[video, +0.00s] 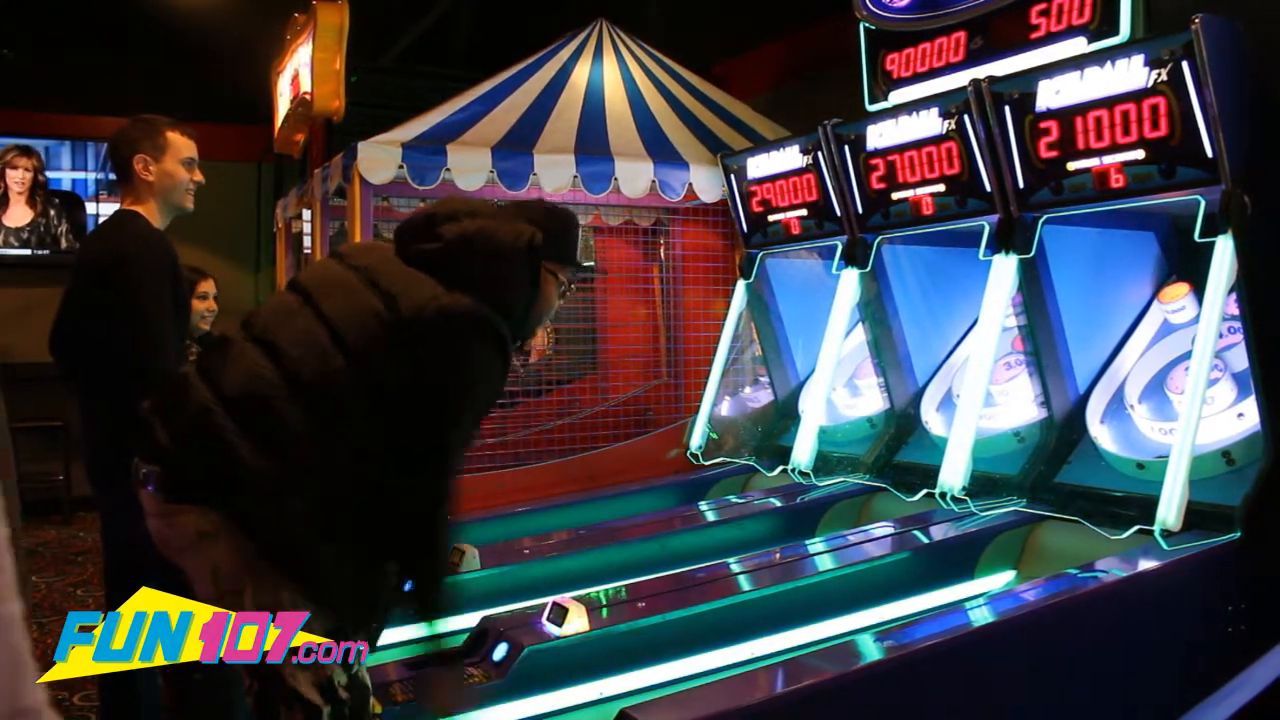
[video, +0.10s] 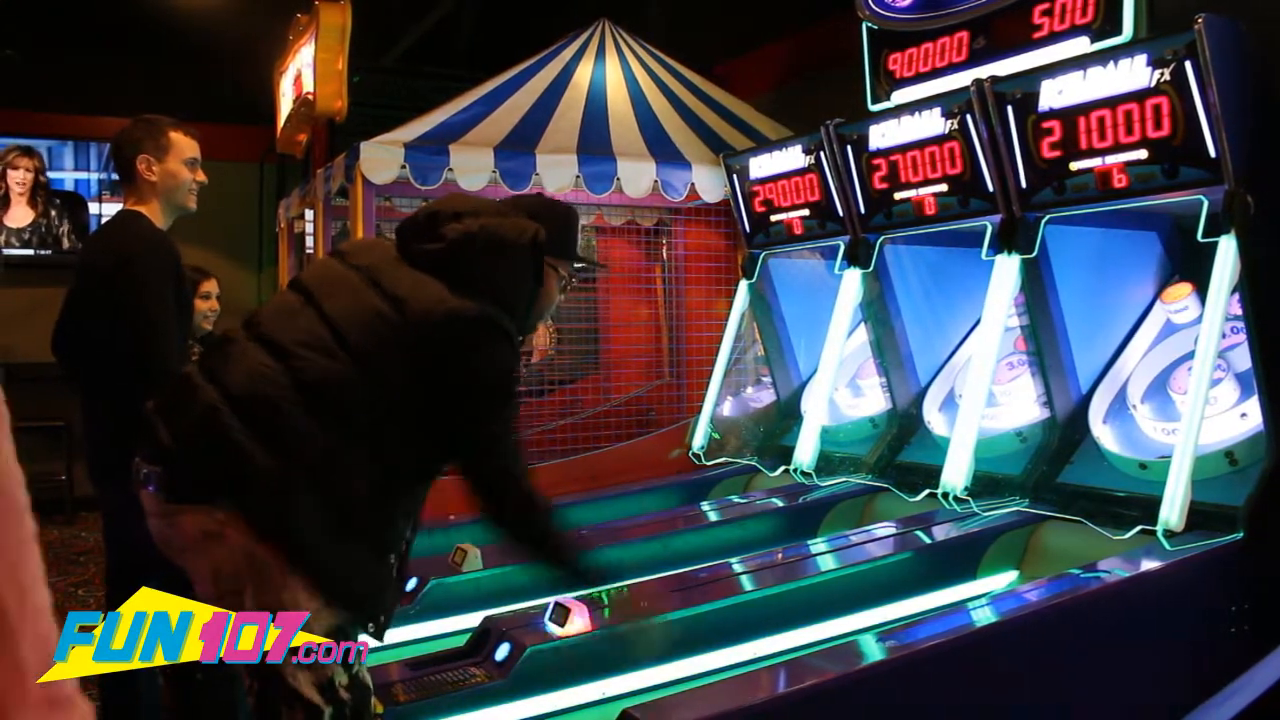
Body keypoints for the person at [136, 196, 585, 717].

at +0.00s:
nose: (557, 304)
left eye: (562, 287)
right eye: (558, 283)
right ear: (526, 265)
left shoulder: (371, 258)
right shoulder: (470, 332)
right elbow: (422, 475)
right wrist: (430, 595)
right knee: (323, 693)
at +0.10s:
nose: (561, 295)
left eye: (565, 280)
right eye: (560, 277)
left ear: (480, 248)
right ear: (528, 265)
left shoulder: (368, 259)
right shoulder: (475, 335)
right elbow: (501, 483)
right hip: (252, 517)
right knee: (320, 692)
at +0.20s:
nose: (564, 291)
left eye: (568, 275)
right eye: (562, 273)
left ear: (467, 242)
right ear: (529, 263)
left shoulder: (362, 260)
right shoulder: (487, 334)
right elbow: (568, 464)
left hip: (175, 479)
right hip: (255, 521)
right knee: (318, 696)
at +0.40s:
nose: (569, 286)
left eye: (571, 270)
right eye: (565, 268)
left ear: (476, 242)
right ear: (526, 257)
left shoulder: (375, 262)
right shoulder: (486, 324)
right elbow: (556, 472)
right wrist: (675, 544)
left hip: (191, 478)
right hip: (253, 511)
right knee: (330, 695)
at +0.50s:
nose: (571, 292)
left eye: (575, 277)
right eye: (567, 274)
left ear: (490, 244)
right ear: (532, 266)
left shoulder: (381, 264)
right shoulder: (482, 328)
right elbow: (529, 492)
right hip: (253, 510)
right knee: (330, 691)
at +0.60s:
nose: (579, 298)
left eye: (584, 283)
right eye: (576, 280)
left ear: (501, 256)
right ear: (536, 269)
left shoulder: (388, 261)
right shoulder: (486, 335)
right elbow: (501, 513)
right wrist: (570, 655)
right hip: (250, 504)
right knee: (334, 694)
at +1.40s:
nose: (581, 295)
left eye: (586, 280)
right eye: (578, 277)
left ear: (514, 251)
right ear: (541, 265)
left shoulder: (402, 257)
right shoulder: (479, 334)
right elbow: (435, 510)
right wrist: (489, 665)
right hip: (244, 504)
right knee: (323, 688)